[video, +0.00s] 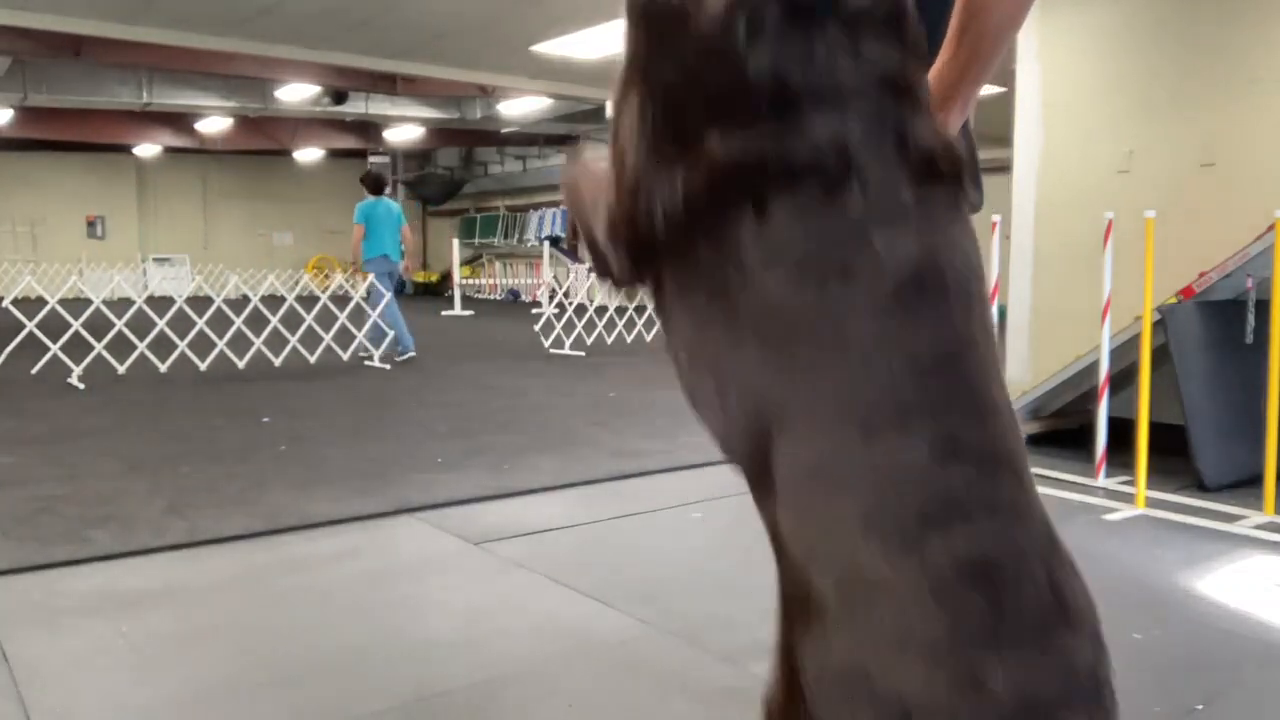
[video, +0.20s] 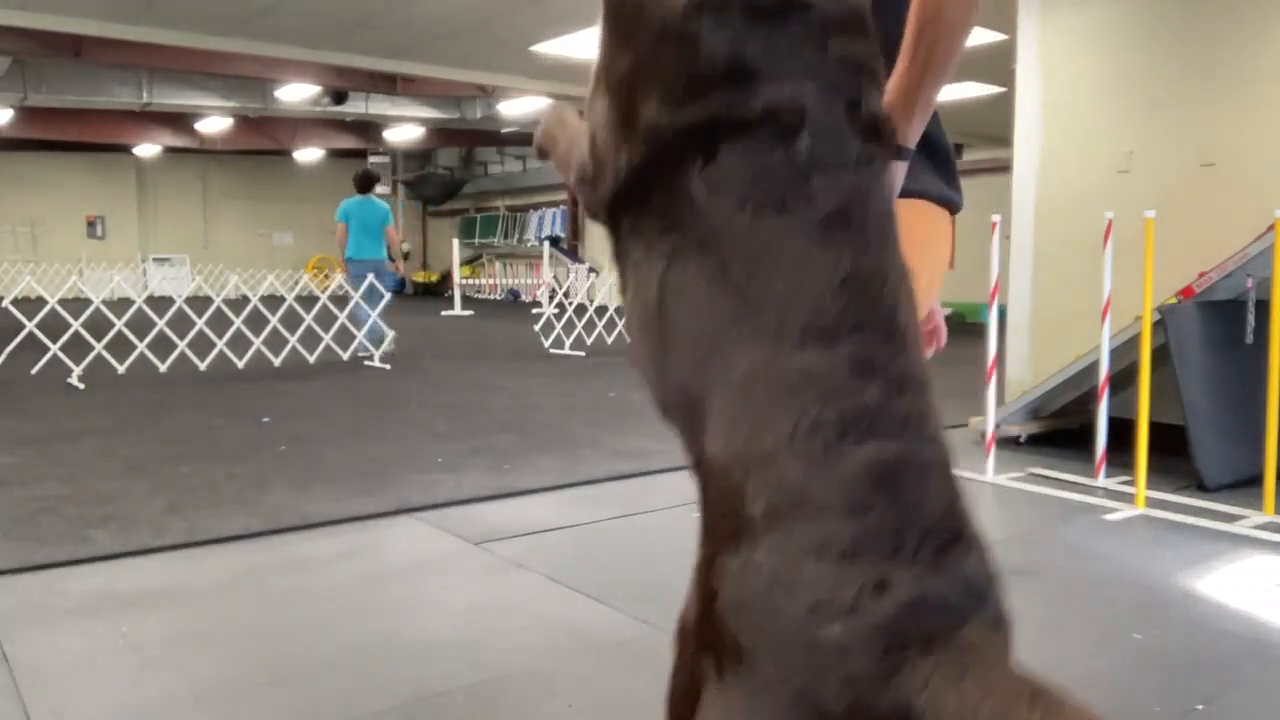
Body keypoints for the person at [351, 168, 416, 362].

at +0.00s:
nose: (363, 189)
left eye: (364, 186)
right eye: (364, 186)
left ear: (366, 188)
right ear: (383, 186)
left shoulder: (363, 207)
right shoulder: (395, 206)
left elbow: (358, 235)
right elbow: (407, 234)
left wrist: (355, 260)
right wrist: (408, 258)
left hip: (374, 259)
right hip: (394, 259)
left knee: (386, 303)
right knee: (379, 303)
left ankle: (406, 345)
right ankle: (372, 344)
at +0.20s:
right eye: (374, 184)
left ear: (356, 185)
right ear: (374, 186)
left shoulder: (346, 205)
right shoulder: (383, 207)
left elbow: (341, 235)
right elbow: (392, 237)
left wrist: (343, 259)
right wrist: (398, 259)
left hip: (356, 259)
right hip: (380, 259)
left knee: (359, 302)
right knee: (378, 300)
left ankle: (384, 333)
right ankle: (365, 343)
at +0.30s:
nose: (370, 187)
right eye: (369, 184)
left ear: (350, 185)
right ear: (368, 185)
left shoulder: (340, 203)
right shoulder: (377, 205)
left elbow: (334, 232)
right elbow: (384, 234)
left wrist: (337, 254)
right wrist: (393, 259)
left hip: (349, 257)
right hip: (373, 257)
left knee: (350, 299)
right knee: (373, 297)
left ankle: (362, 341)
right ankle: (364, 338)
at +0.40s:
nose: (367, 185)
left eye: (366, 181)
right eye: (365, 182)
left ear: (346, 184)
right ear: (359, 184)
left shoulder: (334, 203)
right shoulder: (370, 204)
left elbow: (328, 231)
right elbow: (376, 232)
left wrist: (329, 255)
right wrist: (385, 258)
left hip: (342, 256)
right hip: (366, 257)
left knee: (341, 298)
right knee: (368, 299)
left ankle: (335, 339)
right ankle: (364, 343)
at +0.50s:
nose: (367, 185)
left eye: (366, 181)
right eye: (364, 182)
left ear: (346, 185)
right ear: (353, 184)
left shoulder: (330, 203)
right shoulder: (359, 204)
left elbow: (323, 231)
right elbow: (363, 231)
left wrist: (324, 255)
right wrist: (380, 258)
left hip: (336, 257)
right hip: (356, 258)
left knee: (336, 298)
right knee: (364, 301)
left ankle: (315, 340)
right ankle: (363, 344)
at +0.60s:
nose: (360, 187)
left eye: (359, 183)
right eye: (356, 183)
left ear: (342, 186)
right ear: (345, 185)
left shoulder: (327, 203)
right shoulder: (345, 204)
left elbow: (322, 235)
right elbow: (346, 234)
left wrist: (322, 259)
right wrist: (366, 257)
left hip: (328, 257)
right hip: (346, 258)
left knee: (329, 299)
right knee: (360, 300)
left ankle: (310, 338)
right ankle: (363, 343)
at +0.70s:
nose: (352, 188)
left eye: (353, 184)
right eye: (349, 184)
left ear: (336, 187)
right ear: (336, 186)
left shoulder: (323, 204)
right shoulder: (331, 204)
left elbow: (321, 234)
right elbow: (329, 233)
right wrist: (349, 256)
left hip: (319, 258)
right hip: (331, 258)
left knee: (323, 300)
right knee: (353, 299)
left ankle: (309, 341)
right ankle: (360, 342)